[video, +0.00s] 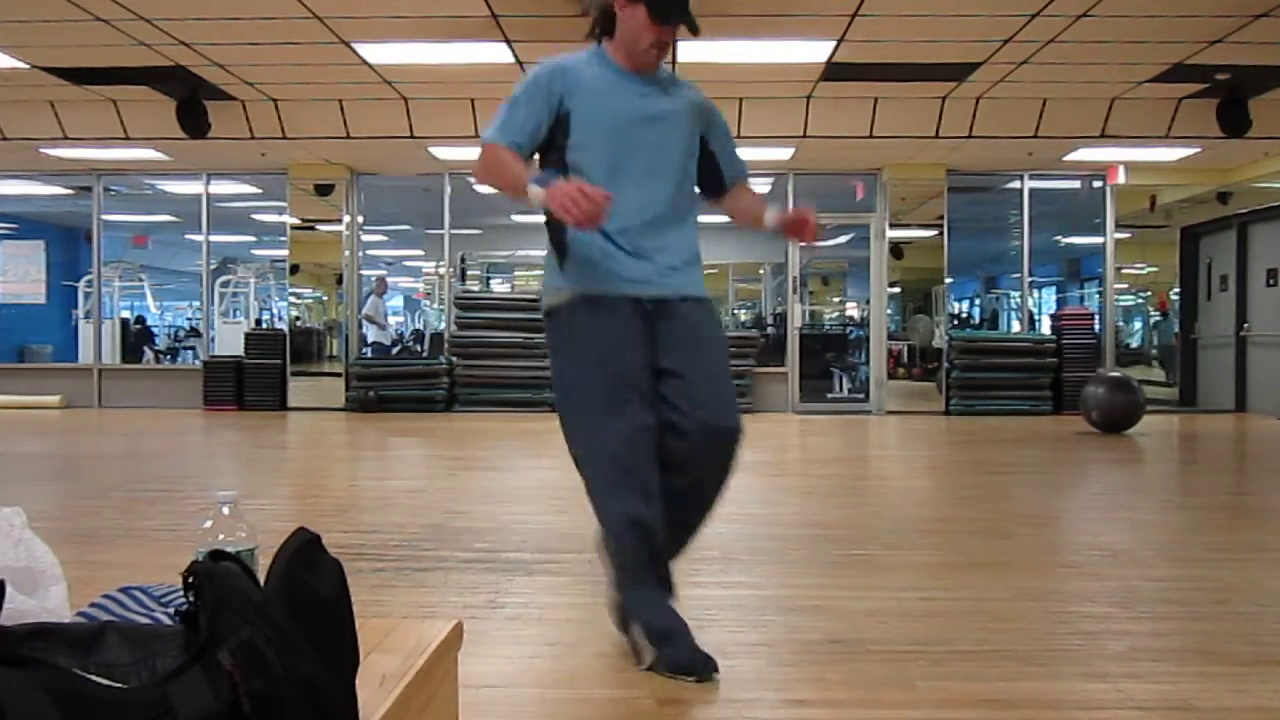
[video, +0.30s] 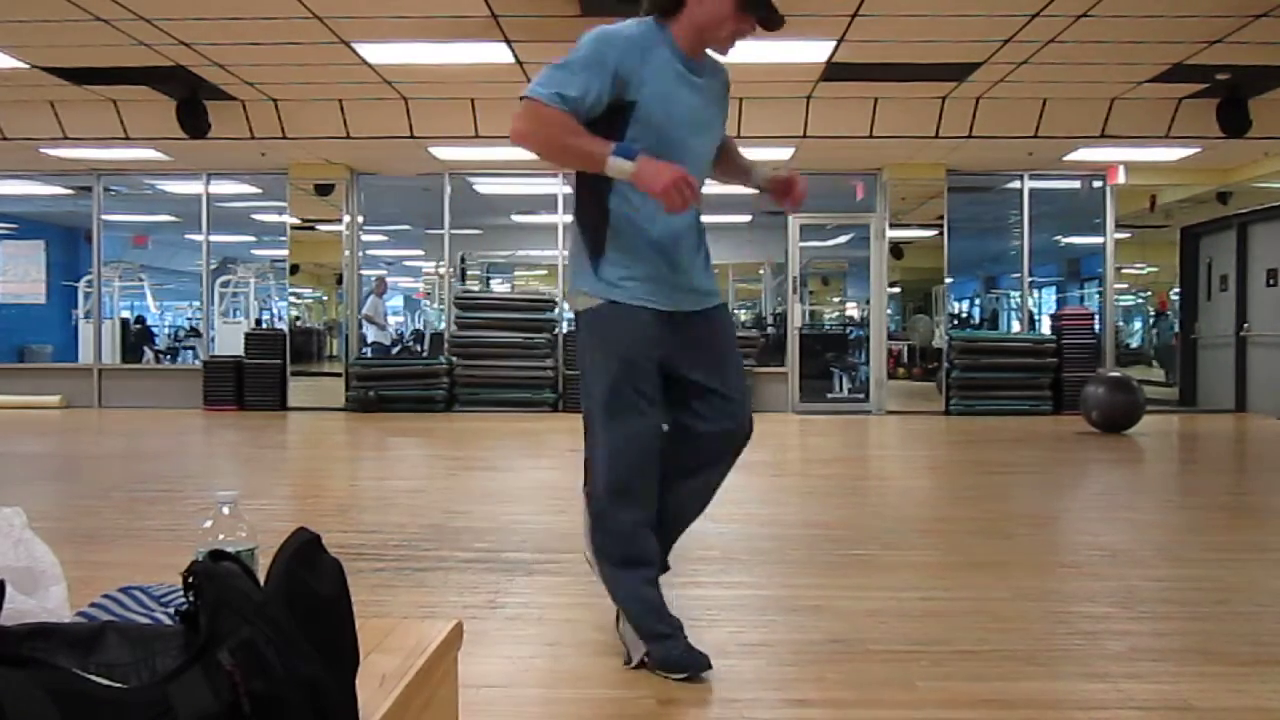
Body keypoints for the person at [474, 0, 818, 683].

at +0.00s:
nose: (669, 39)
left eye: (677, 27)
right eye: (659, 23)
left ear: (684, 25)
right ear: (620, 9)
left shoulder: (691, 105)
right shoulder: (559, 79)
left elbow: (734, 194)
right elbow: (492, 158)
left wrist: (773, 218)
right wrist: (542, 189)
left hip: (680, 292)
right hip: (591, 293)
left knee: (712, 427)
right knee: (620, 453)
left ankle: (635, 567)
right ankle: (663, 634)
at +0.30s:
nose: (746, 29)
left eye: (752, 20)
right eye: (744, 13)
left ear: (719, 13)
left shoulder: (713, 76)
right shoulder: (616, 46)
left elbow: (711, 150)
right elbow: (529, 123)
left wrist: (761, 180)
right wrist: (632, 166)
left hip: (690, 288)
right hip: (615, 287)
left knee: (723, 421)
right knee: (627, 450)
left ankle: (628, 545)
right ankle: (646, 620)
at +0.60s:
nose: (765, 30)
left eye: (770, 20)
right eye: (764, 14)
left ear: (728, 9)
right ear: (727, 1)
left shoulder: (693, 69)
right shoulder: (667, 56)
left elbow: (679, 181)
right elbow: (649, 175)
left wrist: (761, 212)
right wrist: (758, 207)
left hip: (688, 296)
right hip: (664, 297)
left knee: (694, 435)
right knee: (710, 447)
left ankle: (645, 565)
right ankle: (665, 632)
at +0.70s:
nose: (776, 20)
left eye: (781, 12)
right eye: (776, 7)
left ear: (752, 6)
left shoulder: (709, 54)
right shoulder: (687, 33)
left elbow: (669, 161)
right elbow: (663, 137)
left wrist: (727, 194)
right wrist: (772, 155)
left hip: (704, 282)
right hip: (662, 279)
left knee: (743, 423)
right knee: (680, 447)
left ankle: (665, 569)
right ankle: (658, 630)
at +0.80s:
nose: (782, 18)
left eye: (787, 10)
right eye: (781, 5)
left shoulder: (685, 34)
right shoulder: (701, 33)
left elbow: (610, 100)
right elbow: (664, 122)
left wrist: (661, 164)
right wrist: (771, 167)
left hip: (710, 276)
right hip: (665, 276)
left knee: (754, 418)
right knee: (657, 450)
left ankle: (709, 578)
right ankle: (634, 627)